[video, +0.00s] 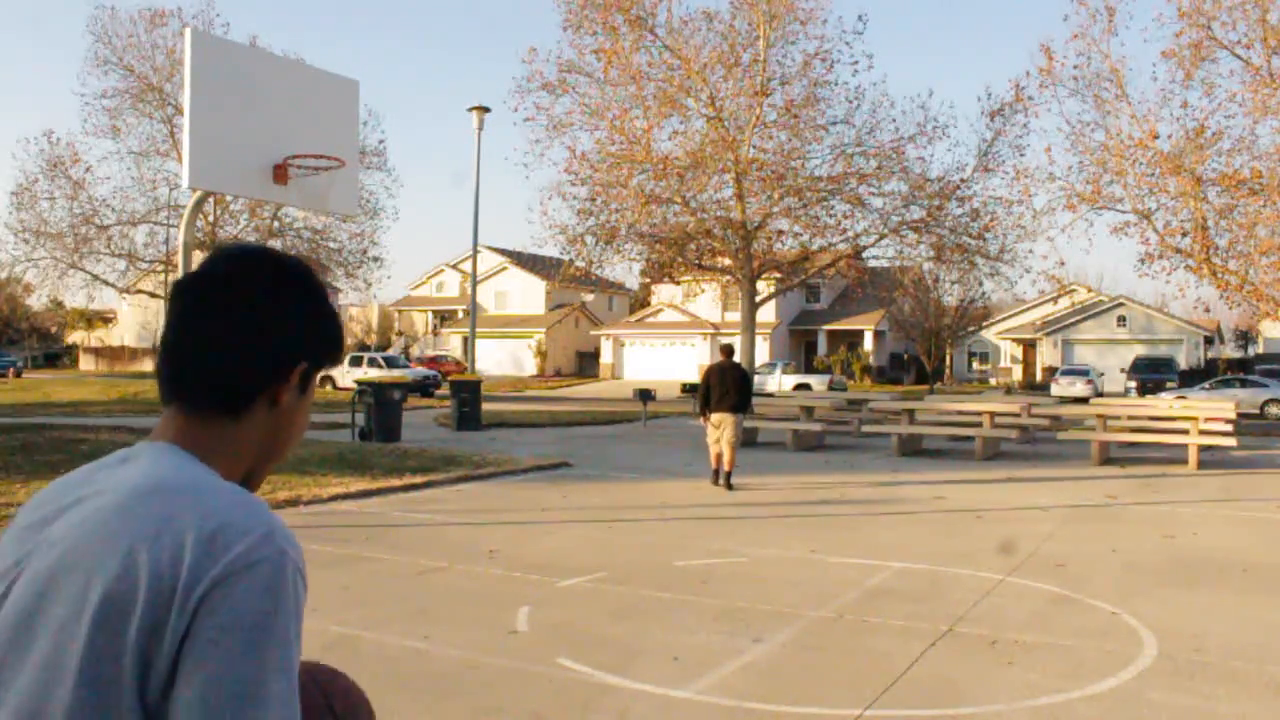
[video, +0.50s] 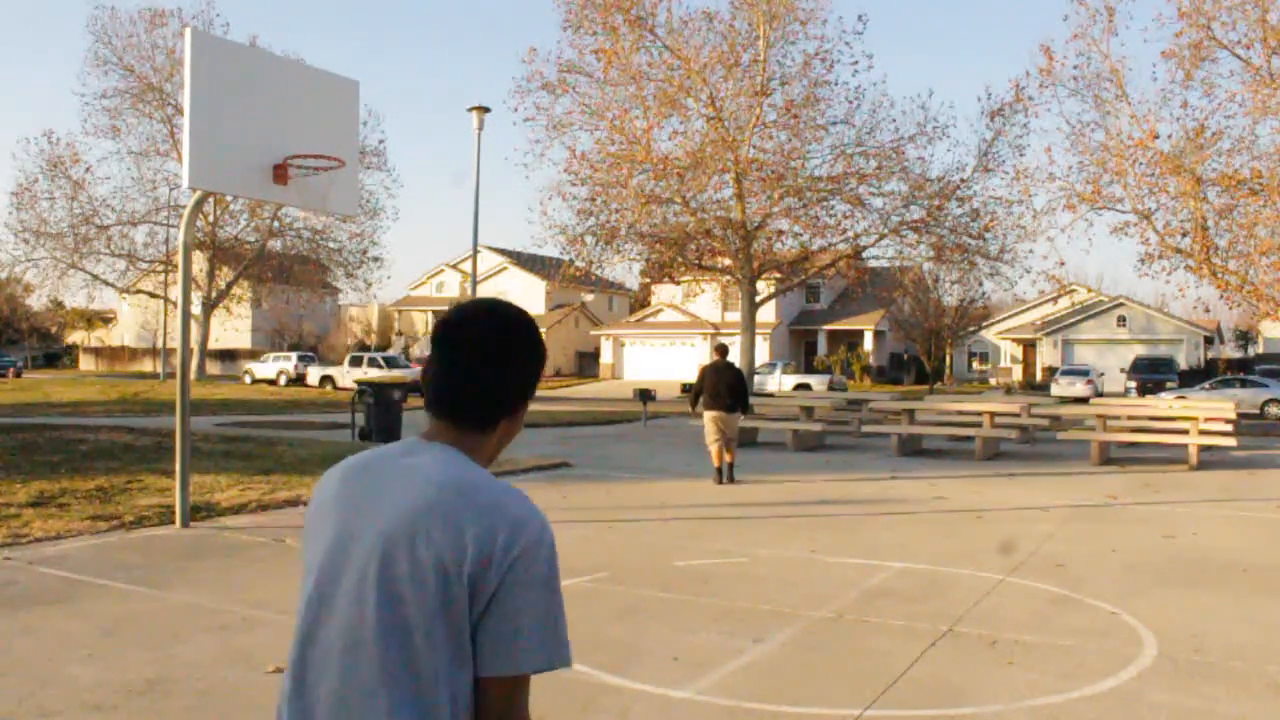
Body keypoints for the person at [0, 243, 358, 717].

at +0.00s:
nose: (306, 418)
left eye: (314, 391)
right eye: (313, 390)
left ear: (174, 358)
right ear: (290, 385)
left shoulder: (52, 497)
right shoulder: (247, 544)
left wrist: (271, 678)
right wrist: (293, 690)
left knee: (325, 688)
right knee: (331, 692)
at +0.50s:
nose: (527, 412)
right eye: (529, 398)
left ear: (426, 377)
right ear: (520, 407)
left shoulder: (337, 481)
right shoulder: (507, 522)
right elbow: (503, 707)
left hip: (306, 709)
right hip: (427, 712)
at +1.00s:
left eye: (581, 344)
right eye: (653, 354)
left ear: (580, 359)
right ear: (653, 365)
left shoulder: (526, 440)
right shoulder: (654, 450)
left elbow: (488, 558)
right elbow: (792, 501)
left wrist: (480, 667)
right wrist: (910, 479)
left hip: (499, 684)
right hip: (590, 692)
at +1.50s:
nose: (655, 355)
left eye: (655, 347)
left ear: (658, 356)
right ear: (717, 350)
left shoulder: (660, 425)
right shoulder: (750, 415)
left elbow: (639, 523)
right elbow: (738, 505)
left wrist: (594, 620)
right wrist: (675, 541)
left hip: (682, 624)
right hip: (751, 625)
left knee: (654, 714)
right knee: (718, 714)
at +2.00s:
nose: (703, 422)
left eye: (708, 408)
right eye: (698, 411)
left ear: (743, 398)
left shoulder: (743, 465)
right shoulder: (804, 434)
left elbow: (765, 563)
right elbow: (835, 528)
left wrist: (754, 604)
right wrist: (861, 594)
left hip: (802, 623)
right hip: (856, 611)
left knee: (755, 707)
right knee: (840, 710)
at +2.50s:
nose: (511, 487)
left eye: (520, 472)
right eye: (506, 474)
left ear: (562, 464)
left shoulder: (602, 531)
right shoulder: (574, 506)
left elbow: (609, 661)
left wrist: (549, 716)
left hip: (690, 656)